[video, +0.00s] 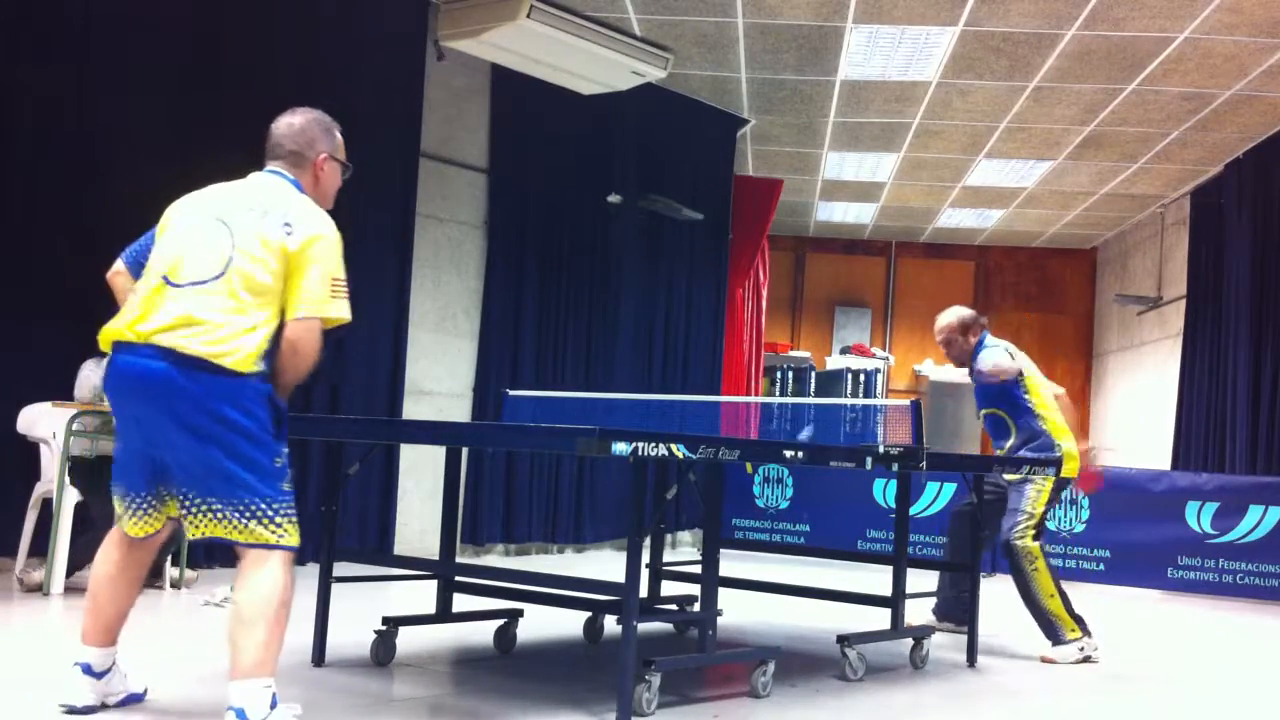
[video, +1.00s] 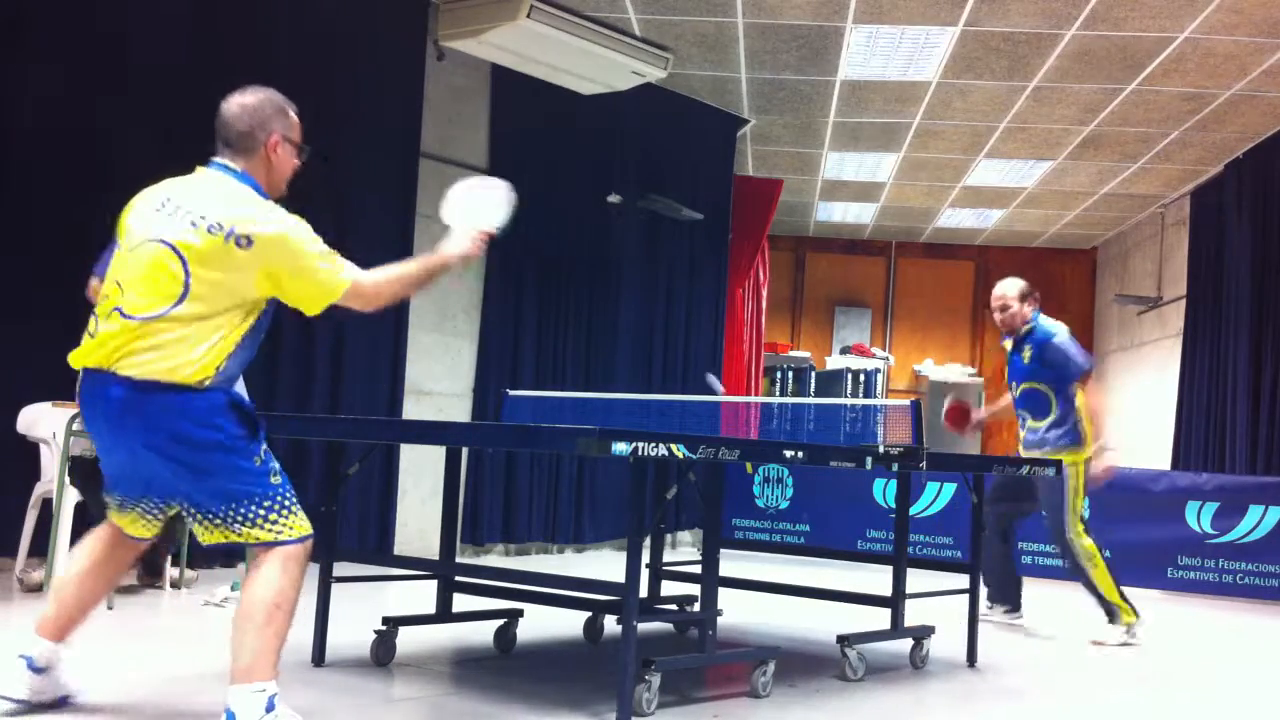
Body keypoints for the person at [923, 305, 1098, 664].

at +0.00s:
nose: (944, 352)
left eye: (947, 343)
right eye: (941, 345)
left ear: (970, 336)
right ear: (972, 337)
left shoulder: (989, 356)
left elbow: (1004, 364)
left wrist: (1010, 366)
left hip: (1044, 462)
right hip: (1014, 463)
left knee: (1018, 538)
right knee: (965, 518)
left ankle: (1074, 639)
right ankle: (954, 615)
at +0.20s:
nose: (954, 342)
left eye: (956, 333)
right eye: (952, 334)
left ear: (979, 327)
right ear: (974, 329)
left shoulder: (1018, 352)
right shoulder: (989, 360)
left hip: (1038, 463)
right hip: (1005, 464)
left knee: (1026, 536)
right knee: (956, 522)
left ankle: (1076, 640)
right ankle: (952, 614)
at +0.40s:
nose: (994, 305)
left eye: (1000, 298)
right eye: (993, 299)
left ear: (1027, 296)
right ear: (1003, 297)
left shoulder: (1062, 330)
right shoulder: (999, 322)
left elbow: (1097, 386)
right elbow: (962, 336)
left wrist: (1093, 432)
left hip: (1052, 450)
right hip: (1009, 446)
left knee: (1059, 531)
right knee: (981, 526)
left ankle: (1096, 635)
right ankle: (954, 609)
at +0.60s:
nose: (1032, 306)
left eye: (1040, 298)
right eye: (1029, 298)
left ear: (1066, 300)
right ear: (1028, 299)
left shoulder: (1093, 345)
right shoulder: (1024, 332)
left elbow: (1118, 405)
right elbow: (981, 369)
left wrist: (1107, 460)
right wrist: (960, 337)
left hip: (1067, 456)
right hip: (1018, 451)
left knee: (1076, 537)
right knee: (985, 518)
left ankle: (1096, 637)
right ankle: (986, 608)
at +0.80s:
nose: (1020, 302)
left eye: (1028, 295)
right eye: (1016, 295)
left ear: (1051, 296)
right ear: (1011, 298)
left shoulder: (1077, 332)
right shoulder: (1012, 334)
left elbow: (1116, 383)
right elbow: (980, 375)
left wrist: (1134, 436)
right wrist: (958, 363)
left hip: (1066, 451)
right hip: (1020, 451)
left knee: (1070, 530)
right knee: (986, 520)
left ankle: (1095, 631)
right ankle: (998, 613)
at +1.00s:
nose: (999, 316)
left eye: (1006, 308)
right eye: (994, 310)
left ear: (1030, 305)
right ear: (992, 312)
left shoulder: (1053, 337)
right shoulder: (1014, 344)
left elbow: (1090, 387)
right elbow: (1022, 393)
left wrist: (1100, 446)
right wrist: (983, 414)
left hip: (1063, 456)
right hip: (1030, 456)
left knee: (1069, 535)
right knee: (993, 512)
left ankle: (1125, 618)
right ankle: (1004, 603)